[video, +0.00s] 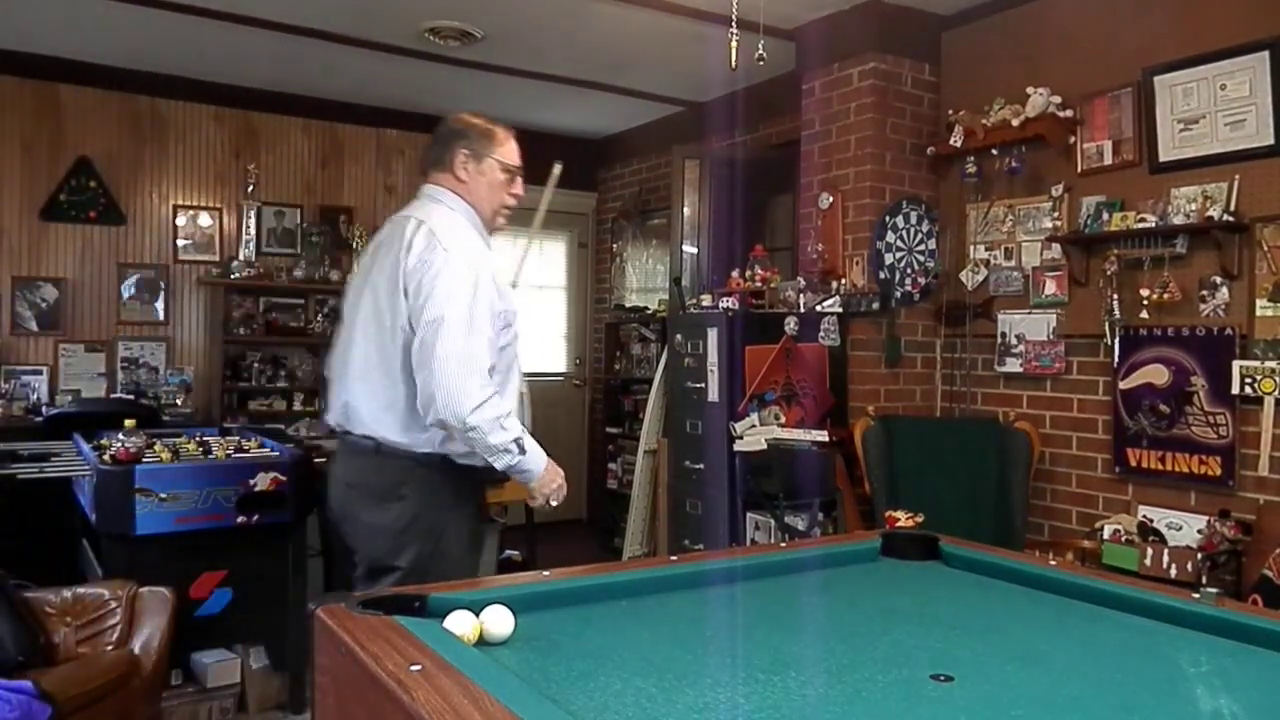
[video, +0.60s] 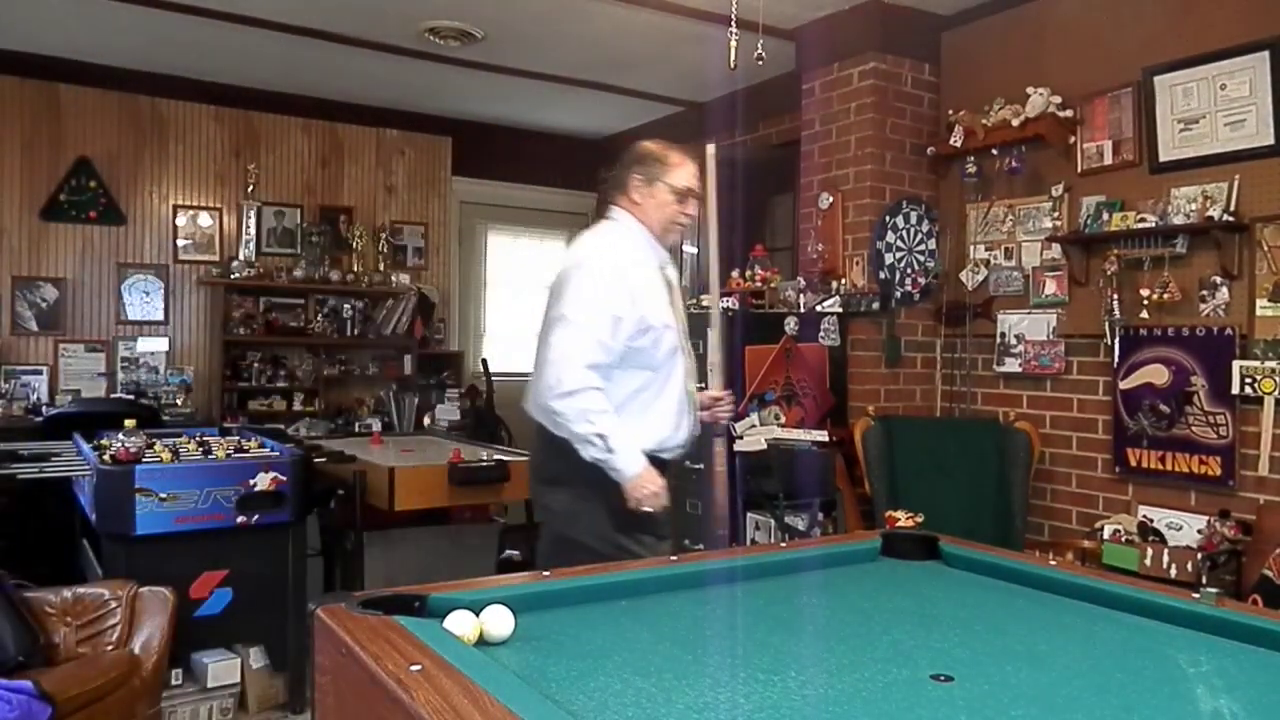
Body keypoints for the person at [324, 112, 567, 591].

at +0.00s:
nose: (520, 190)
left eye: (520, 176)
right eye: (509, 172)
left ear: (462, 168)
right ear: (463, 166)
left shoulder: (401, 229)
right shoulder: (450, 242)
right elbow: (456, 395)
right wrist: (534, 466)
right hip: (421, 486)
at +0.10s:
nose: (548, 201)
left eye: (548, 187)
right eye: (538, 183)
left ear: (494, 179)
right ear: (495, 177)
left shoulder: (443, 234)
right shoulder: (477, 244)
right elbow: (462, 386)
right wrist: (534, 469)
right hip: (452, 480)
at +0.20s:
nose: (579, 204)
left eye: (580, 191)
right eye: (570, 188)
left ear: (529, 180)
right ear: (529, 179)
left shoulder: (499, 235)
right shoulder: (505, 243)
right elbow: (478, 373)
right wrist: (543, 466)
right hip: (482, 472)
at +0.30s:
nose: (607, 199)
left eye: (608, 186)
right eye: (597, 183)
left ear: (557, 177)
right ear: (555, 175)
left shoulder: (546, 238)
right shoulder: (529, 240)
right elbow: (494, 365)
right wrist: (557, 458)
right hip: (509, 464)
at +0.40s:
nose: (631, 194)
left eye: (634, 182)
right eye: (620, 178)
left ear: (579, 176)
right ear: (577, 174)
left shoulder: (577, 239)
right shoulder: (552, 239)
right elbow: (512, 365)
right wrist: (578, 453)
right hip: (539, 460)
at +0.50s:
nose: (659, 199)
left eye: (661, 187)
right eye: (647, 183)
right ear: (604, 180)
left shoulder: (609, 247)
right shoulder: (574, 246)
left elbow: (588, 371)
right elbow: (534, 375)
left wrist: (653, 409)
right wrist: (603, 461)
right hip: (563, 464)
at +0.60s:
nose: (691, 211)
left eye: (695, 200)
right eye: (680, 195)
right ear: (637, 191)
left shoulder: (647, 258)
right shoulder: (605, 254)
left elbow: (622, 381)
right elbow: (562, 386)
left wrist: (690, 408)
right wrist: (632, 468)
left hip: (633, 474)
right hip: (594, 475)